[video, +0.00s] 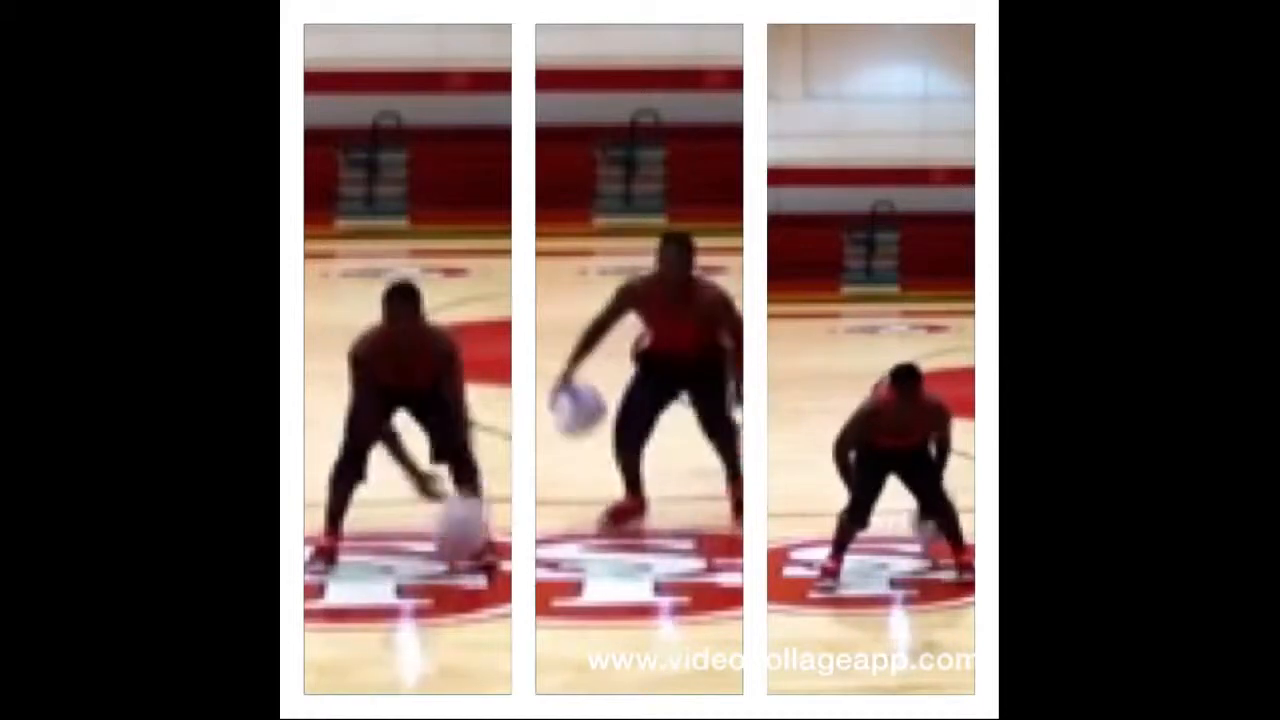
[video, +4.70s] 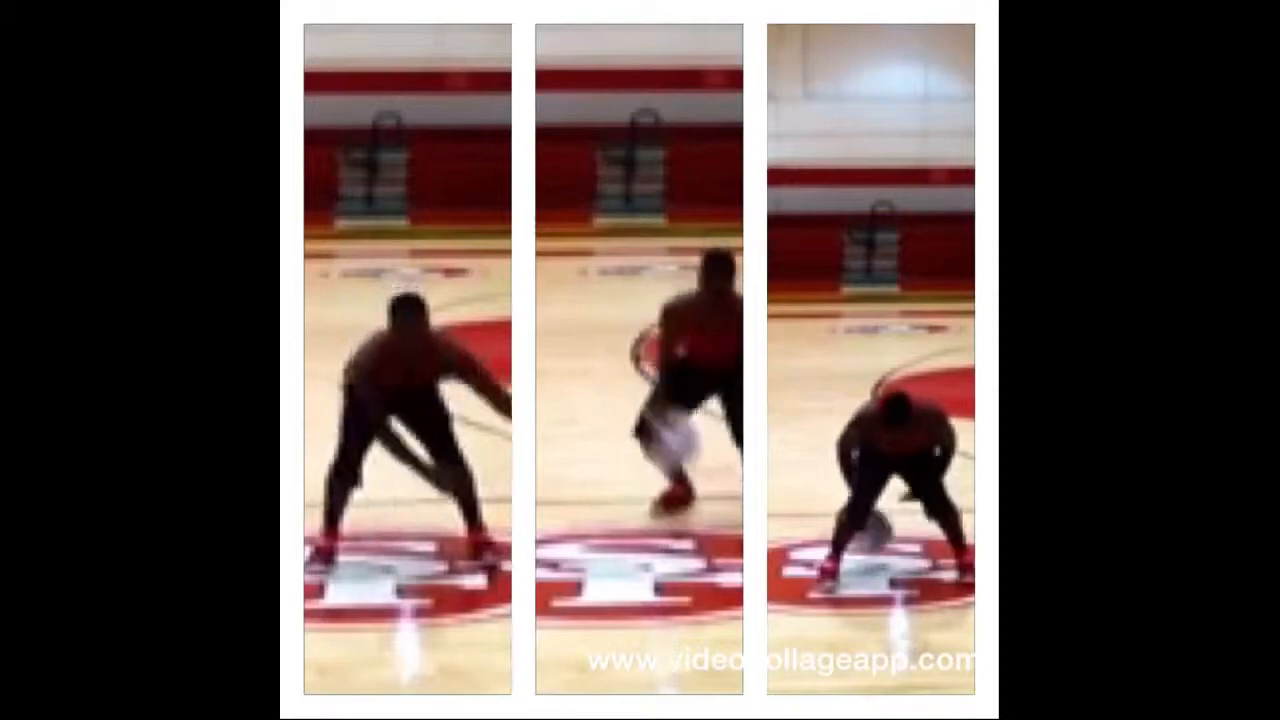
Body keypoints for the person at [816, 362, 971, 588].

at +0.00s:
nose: (906, 403)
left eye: (911, 395)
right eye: (901, 396)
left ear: (920, 391)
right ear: (891, 391)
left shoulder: (934, 410)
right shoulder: (874, 409)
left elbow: (943, 445)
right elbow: (841, 446)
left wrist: (935, 477)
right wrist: (853, 485)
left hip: (913, 455)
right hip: (873, 456)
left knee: (939, 505)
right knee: (858, 509)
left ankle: (961, 557)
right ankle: (834, 560)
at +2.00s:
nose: (893, 404)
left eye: (901, 398)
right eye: (889, 396)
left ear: (912, 392)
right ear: (882, 390)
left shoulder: (930, 410)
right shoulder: (869, 410)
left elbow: (952, 438)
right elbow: (846, 436)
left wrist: (943, 472)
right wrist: (852, 475)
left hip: (919, 452)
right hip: (879, 451)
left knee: (940, 502)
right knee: (862, 507)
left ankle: (962, 557)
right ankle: (835, 559)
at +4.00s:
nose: (909, 423)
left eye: (914, 419)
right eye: (904, 419)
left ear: (923, 409)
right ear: (894, 409)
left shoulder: (938, 415)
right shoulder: (876, 416)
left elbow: (951, 444)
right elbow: (844, 450)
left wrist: (953, 478)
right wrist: (855, 488)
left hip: (918, 456)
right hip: (877, 457)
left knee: (947, 504)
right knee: (860, 510)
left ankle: (963, 555)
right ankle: (834, 560)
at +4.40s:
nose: (907, 436)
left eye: (913, 432)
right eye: (904, 432)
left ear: (923, 421)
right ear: (892, 420)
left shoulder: (936, 420)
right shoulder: (874, 420)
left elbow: (947, 449)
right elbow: (847, 453)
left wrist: (935, 476)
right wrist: (866, 492)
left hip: (917, 456)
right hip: (878, 456)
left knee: (943, 508)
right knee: (860, 511)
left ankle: (962, 558)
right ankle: (833, 560)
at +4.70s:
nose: (894, 432)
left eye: (899, 427)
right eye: (890, 427)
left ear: (912, 415)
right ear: (881, 416)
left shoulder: (931, 418)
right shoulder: (868, 417)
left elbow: (948, 447)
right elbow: (844, 446)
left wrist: (926, 483)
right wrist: (855, 483)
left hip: (916, 456)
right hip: (875, 456)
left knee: (940, 506)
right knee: (858, 507)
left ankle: (962, 555)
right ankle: (833, 558)